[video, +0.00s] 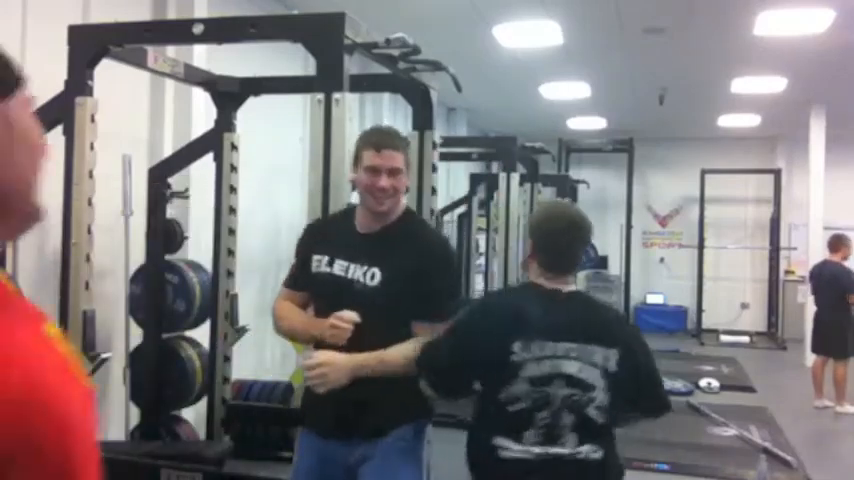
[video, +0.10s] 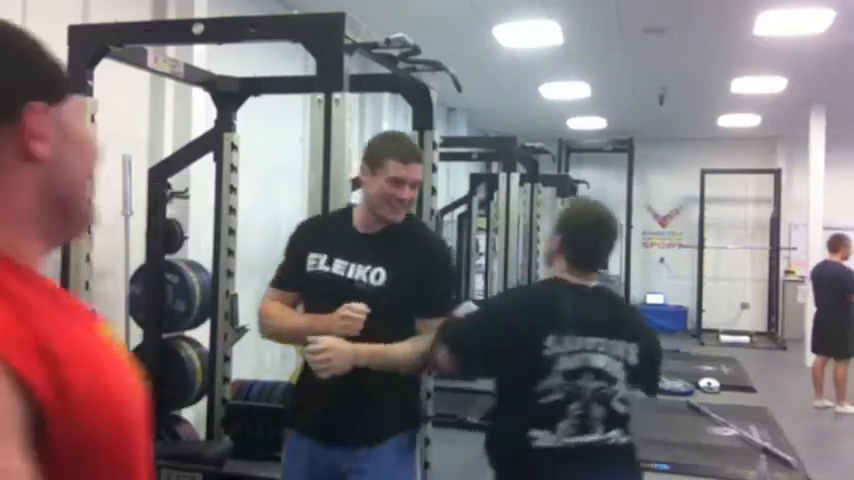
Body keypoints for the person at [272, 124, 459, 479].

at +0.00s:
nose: (383, 183)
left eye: (393, 173)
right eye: (373, 172)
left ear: (407, 178)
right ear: (354, 175)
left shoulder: (431, 250)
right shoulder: (320, 234)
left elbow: (434, 345)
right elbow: (284, 311)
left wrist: (353, 365)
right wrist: (319, 328)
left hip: (393, 429)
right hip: (322, 424)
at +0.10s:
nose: (406, 195)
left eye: (414, 186)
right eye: (396, 183)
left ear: (420, 185)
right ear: (364, 176)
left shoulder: (428, 250)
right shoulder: (314, 234)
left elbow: (434, 344)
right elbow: (270, 317)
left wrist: (356, 355)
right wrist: (327, 323)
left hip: (386, 434)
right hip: (311, 427)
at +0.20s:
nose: (408, 201)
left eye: (416, 191)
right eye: (398, 188)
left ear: (421, 190)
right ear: (363, 178)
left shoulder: (423, 249)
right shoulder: (301, 238)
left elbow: (459, 331)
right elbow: (249, 324)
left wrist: (381, 349)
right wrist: (327, 327)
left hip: (383, 443)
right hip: (304, 435)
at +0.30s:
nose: (403, 199)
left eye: (409, 190)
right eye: (393, 187)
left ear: (415, 190)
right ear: (356, 180)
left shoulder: (418, 252)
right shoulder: (290, 243)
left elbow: (494, 307)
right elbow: (237, 325)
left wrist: (422, 346)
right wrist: (324, 335)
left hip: (382, 452)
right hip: (299, 448)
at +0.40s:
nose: (391, 196)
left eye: (398, 187)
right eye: (379, 183)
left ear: (404, 190)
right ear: (343, 180)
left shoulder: (418, 258)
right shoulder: (282, 251)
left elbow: (497, 312)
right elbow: (238, 336)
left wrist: (434, 369)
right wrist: (321, 345)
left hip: (383, 457)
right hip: (295, 454)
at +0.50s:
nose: (361, 186)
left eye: (372, 177)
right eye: (349, 174)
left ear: (382, 183)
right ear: (324, 173)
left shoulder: (409, 259)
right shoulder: (289, 252)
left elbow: (478, 329)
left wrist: (422, 387)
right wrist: (322, 341)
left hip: (384, 456)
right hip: (302, 450)